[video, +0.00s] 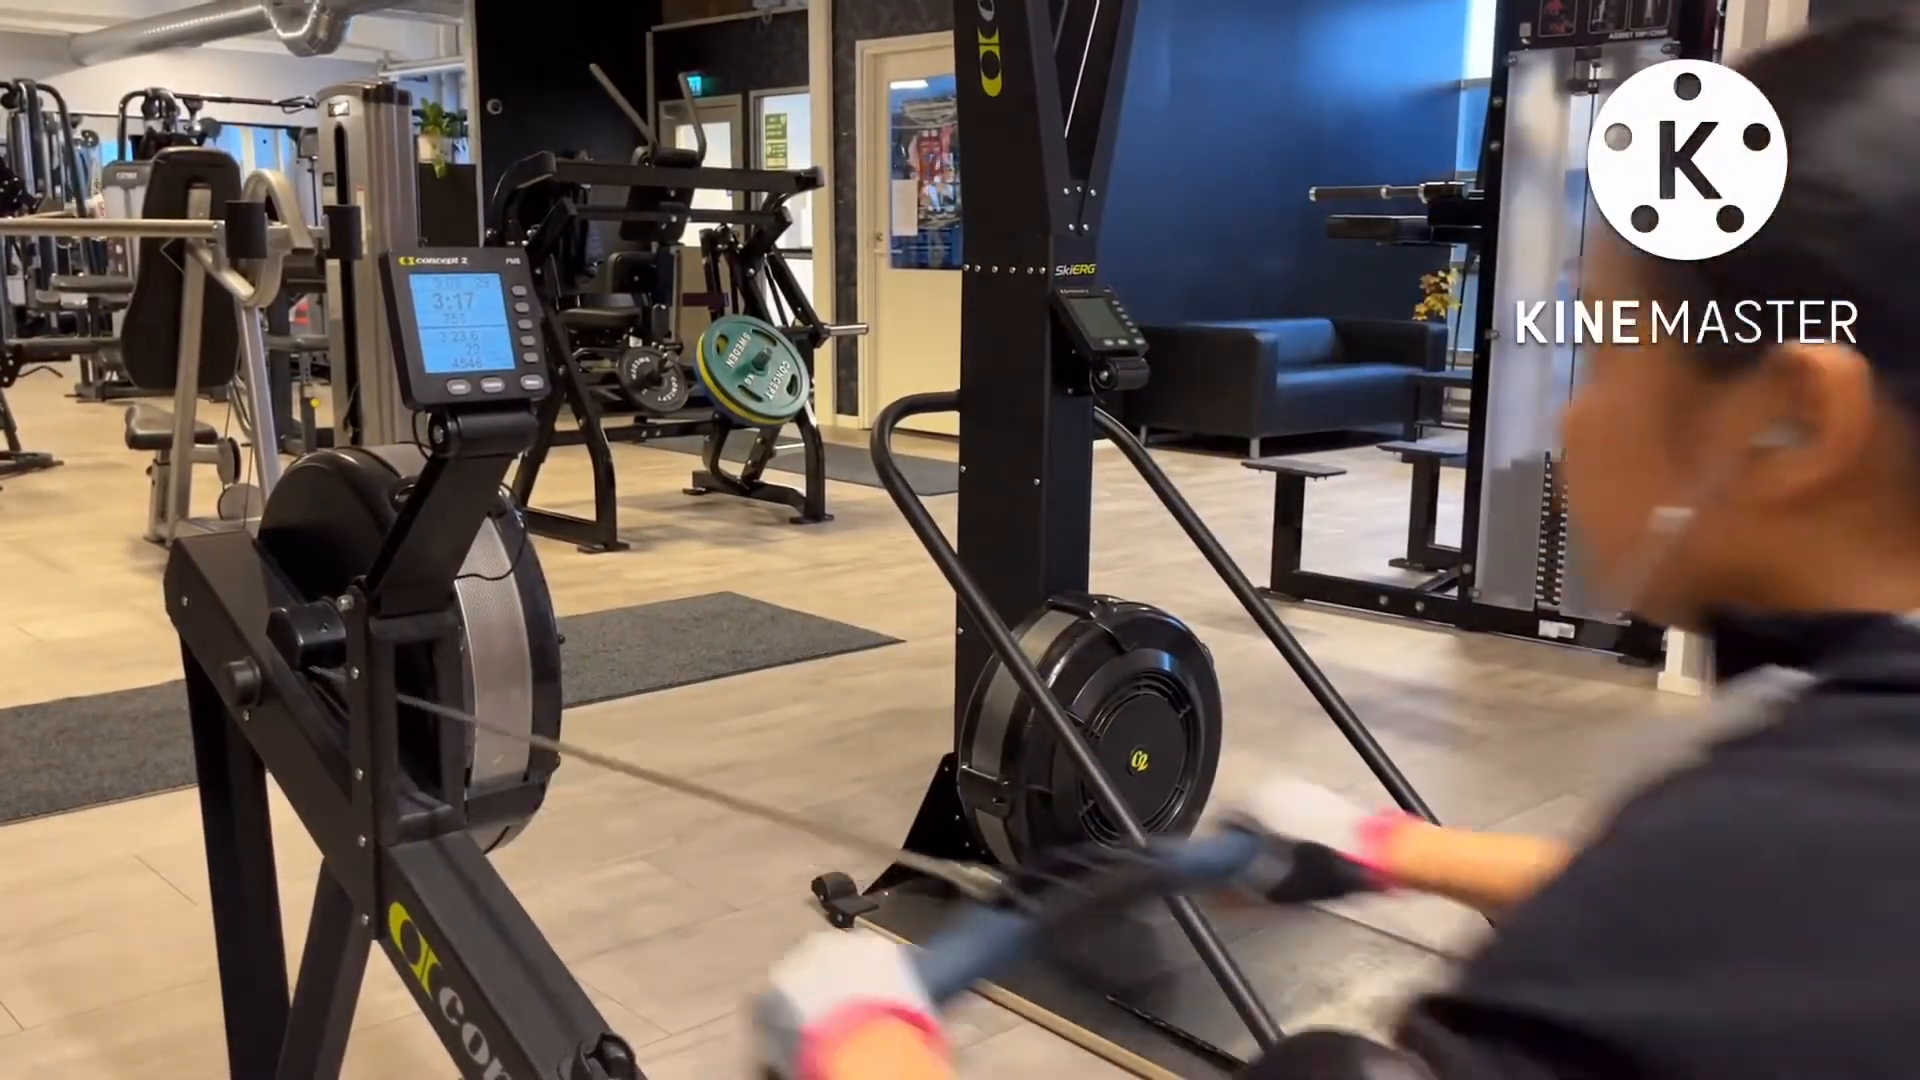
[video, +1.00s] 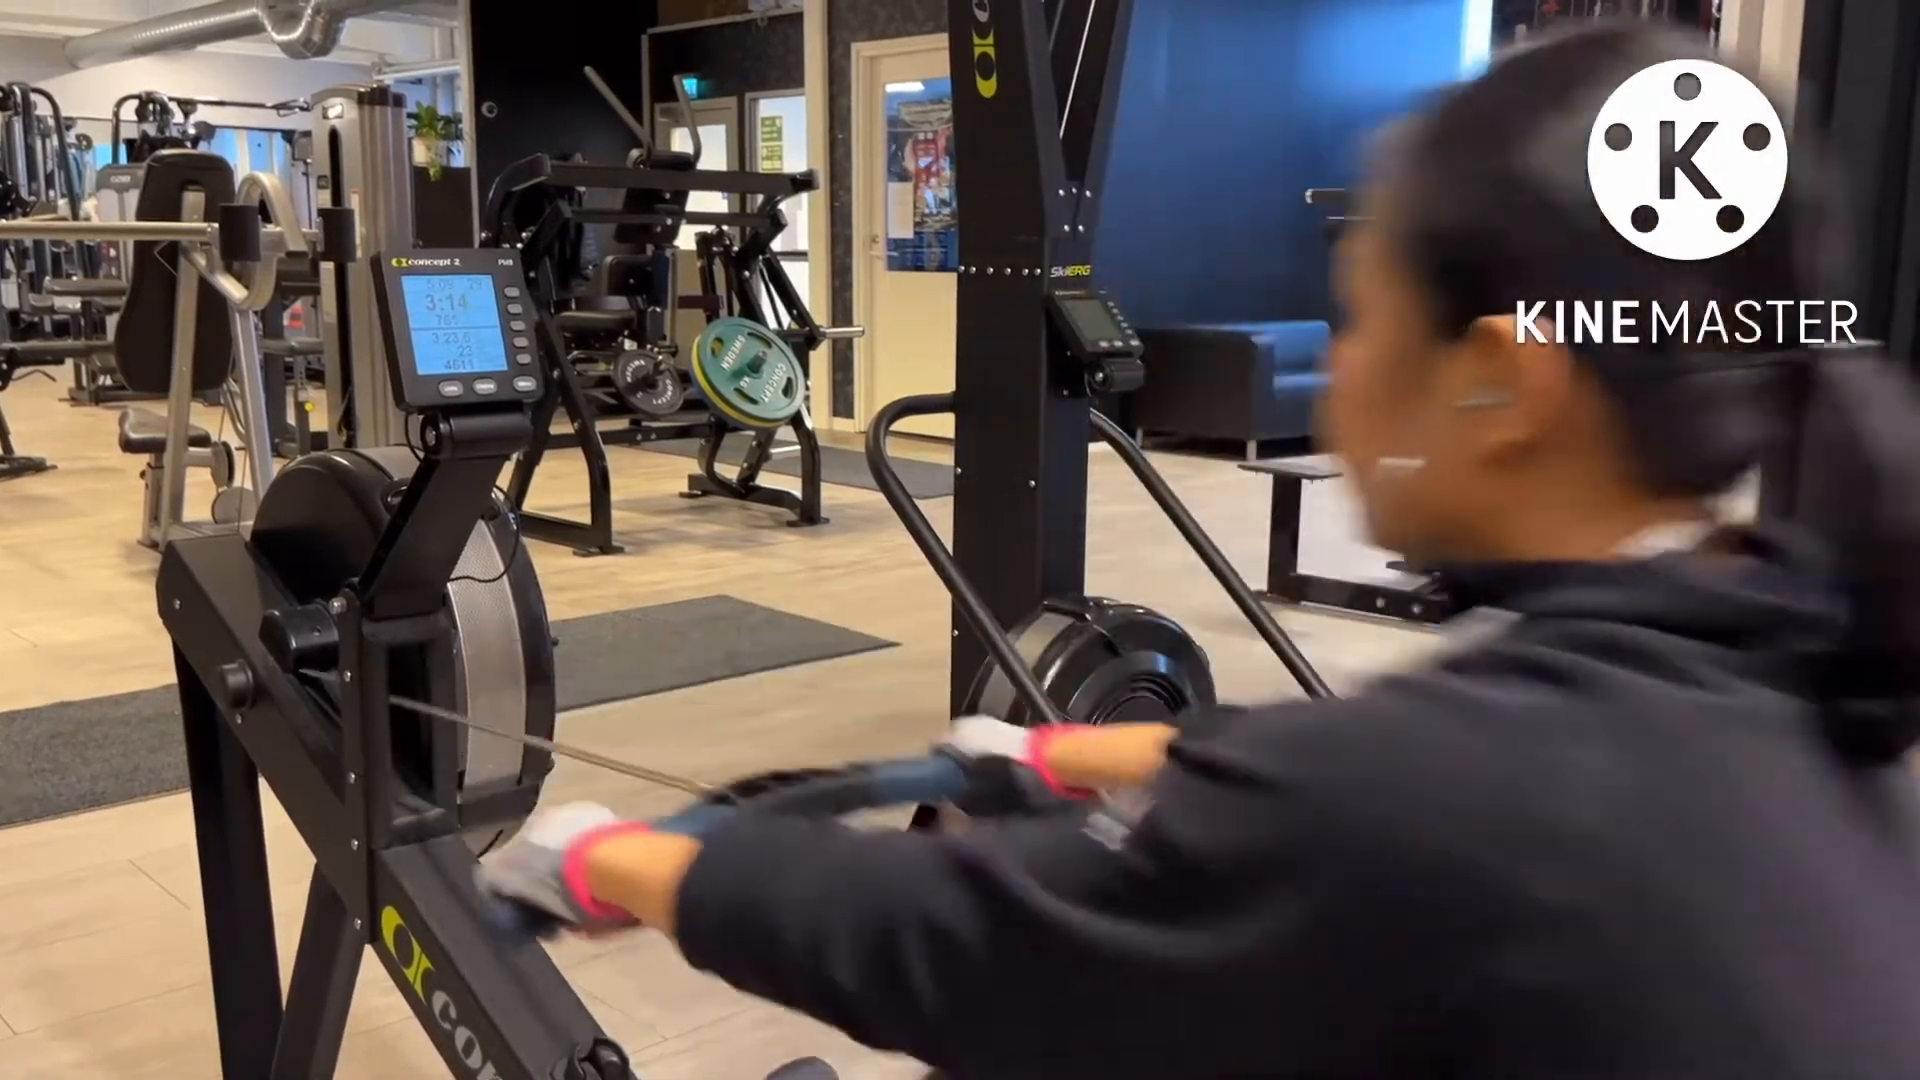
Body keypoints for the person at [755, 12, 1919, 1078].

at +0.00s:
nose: (1564, 421)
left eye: (1605, 342)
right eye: (1589, 343)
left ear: (1797, 427)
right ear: (1805, 435)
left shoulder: (1733, 885)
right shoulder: (1861, 744)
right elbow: (1712, 869)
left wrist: (882, 1056)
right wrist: (1407, 853)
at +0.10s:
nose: (1407, 410)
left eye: (1437, 357)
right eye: (1424, 355)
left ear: (1597, 426)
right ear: (1822, 404)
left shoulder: (1556, 814)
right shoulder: (1868, 681)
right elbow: (1648, 828)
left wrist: (755, 996)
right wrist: (1319, 799)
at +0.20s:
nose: (1261, 399)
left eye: (1289, 354)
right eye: (1276, 348)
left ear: (1430, 421)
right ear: (1644, 410)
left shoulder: (1399, 750)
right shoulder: (1741, 669)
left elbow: (904, 1031)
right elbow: (1494, 786)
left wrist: (637, 909)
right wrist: (1198, 758)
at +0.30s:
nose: (1140, 393)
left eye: (1163, 354)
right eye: (1154, 348)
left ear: (1283, 415)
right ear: (1488, 384)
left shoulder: (1215, 708)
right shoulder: (1573, 622)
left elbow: (793, 941)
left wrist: (539, 831)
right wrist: (1067, 719)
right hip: (1742, 1040)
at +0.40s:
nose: (1046, 387)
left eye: (1066, 347)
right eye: (1061, 343)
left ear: (1165, 408)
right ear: (1372, 382)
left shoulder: (1081, 681)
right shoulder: (1466, 604)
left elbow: (688, 852)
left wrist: (473, 767)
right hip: (1643, 1042)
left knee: (949, 933)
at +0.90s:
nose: (1157, 366)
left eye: (1182, 325)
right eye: (1174, 320)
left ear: (1305, 388)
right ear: (1506, 374)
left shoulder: (1240, 722)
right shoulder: (1592, 614)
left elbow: (844, 869)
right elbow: (1364, 720)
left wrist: (572, 798)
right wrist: (1084, 697)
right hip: (1741, 1041)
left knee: (989, 1000)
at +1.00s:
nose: (1329, 381)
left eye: (1357, 328)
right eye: (1342, 324)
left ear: (1508, 388)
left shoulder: (1383, 798)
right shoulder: (1819, 691)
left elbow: (979, 931)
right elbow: (1528, 765)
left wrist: (679, 868)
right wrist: (1193, 765)